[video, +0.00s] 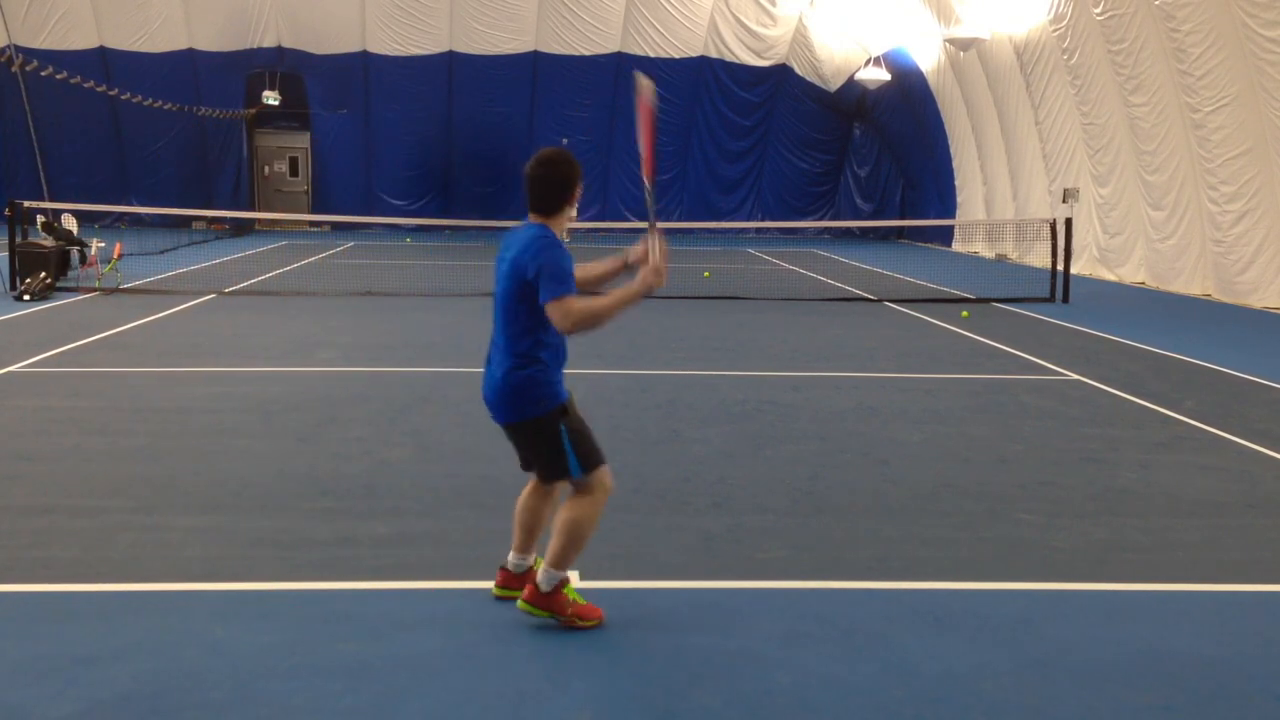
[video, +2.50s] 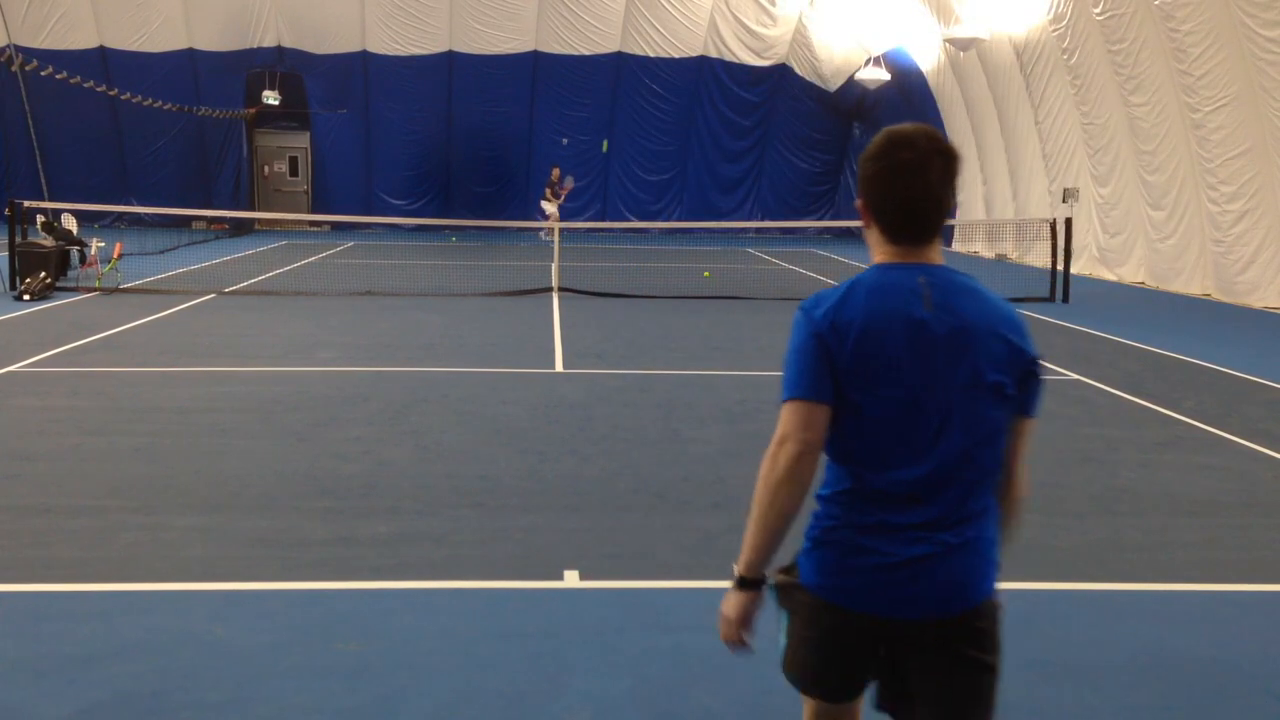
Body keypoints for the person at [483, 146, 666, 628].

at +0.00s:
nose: (581, 195)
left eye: (578, 188)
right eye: (580, 188)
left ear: (531, 193)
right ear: (573, 195)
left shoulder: (518, 240)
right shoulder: (547, 251)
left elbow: (569, 281)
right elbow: (566, 317)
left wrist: (625, 261)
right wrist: (638, 287)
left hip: (507, 387)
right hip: (535, 393)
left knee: (549, 476)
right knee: (595, 484)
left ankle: (517, 571)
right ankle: (548, 586)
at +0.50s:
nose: (676, 182)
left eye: (675, 174)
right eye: (676, 174)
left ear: (620, 174)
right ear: (669, 180)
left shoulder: (601, 230)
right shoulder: (635, 243)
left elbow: (621, 313)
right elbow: (615, 322)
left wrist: (689, 319)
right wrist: (670, 357)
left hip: (576, 384)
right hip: (610, 396)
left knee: (579, 489)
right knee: (636, 508)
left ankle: (566, 586)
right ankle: (593, 625)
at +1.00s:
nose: (766, 174)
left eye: (763, 165)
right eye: (762, 166)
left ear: (699, 185)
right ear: (749, 181)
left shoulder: (714, 237)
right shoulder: (705, 256)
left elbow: (791, 241)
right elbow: (745, 340)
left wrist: (860, 203)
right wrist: (841, 300)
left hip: (671, 436)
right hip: (688, 445)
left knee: (705, 560)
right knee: (762, 593)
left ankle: (637, 675)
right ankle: (700, 711)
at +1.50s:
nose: (887, 108)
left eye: (881, 98)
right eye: (877, 103)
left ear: (801, 133)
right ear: (849, 131)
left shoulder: (780, 209)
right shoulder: (886, 189)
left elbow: (837, 260)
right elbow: (1024, 147)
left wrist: (910, 241)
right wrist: (1063, 59)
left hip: (799, 453)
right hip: (883, 463)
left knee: (800, 566)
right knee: (895, 668)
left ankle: (776, 683)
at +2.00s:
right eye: (998, 186)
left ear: (901, 205)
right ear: (998, 202)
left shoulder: (858, 316)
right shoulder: (1039, 295)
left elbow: (777, 432)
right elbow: (1202, 282)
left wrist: (823, 503)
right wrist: (1183, 152)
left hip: (893, 606)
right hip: (1010, 609)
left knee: (908, 709)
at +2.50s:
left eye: (856, 196)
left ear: (862, 209)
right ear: (950, 208)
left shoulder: (829, 316)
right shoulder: (1003, 327)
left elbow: (798, 448)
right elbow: (1010, 482)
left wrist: (748, 578)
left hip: (844, 586)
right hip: (956, 593)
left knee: (831, 704)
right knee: (949, 710)